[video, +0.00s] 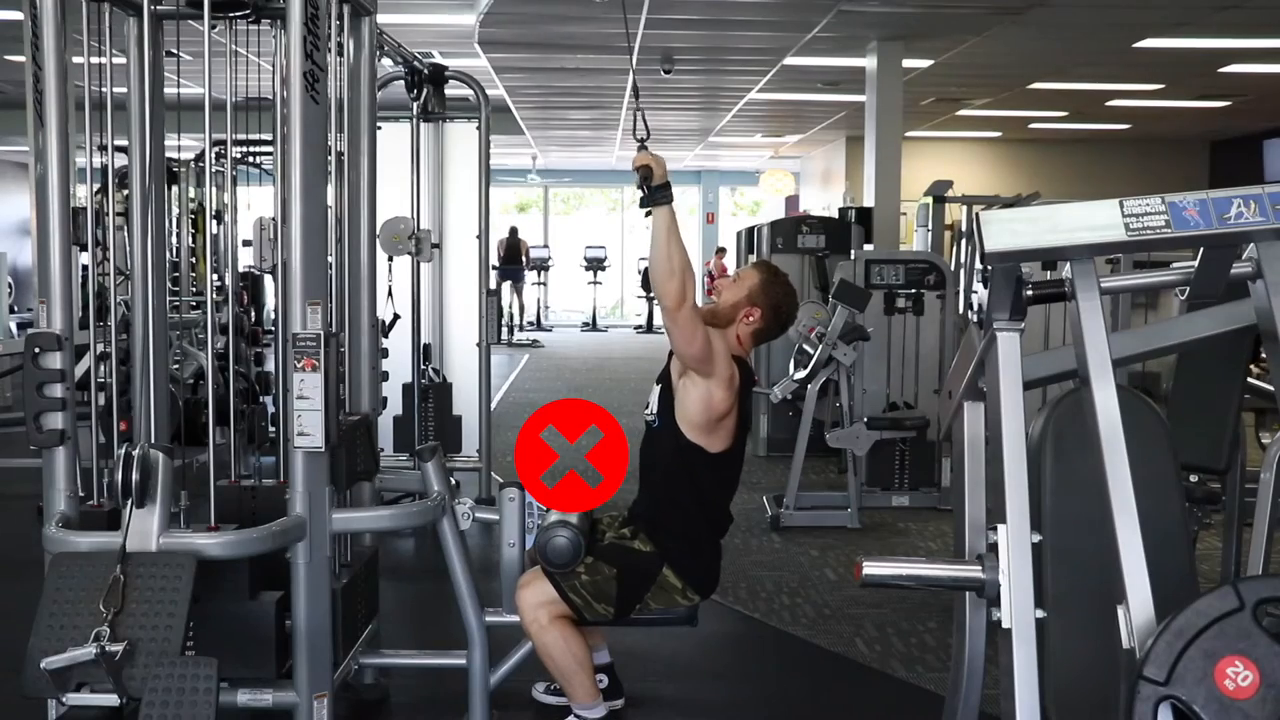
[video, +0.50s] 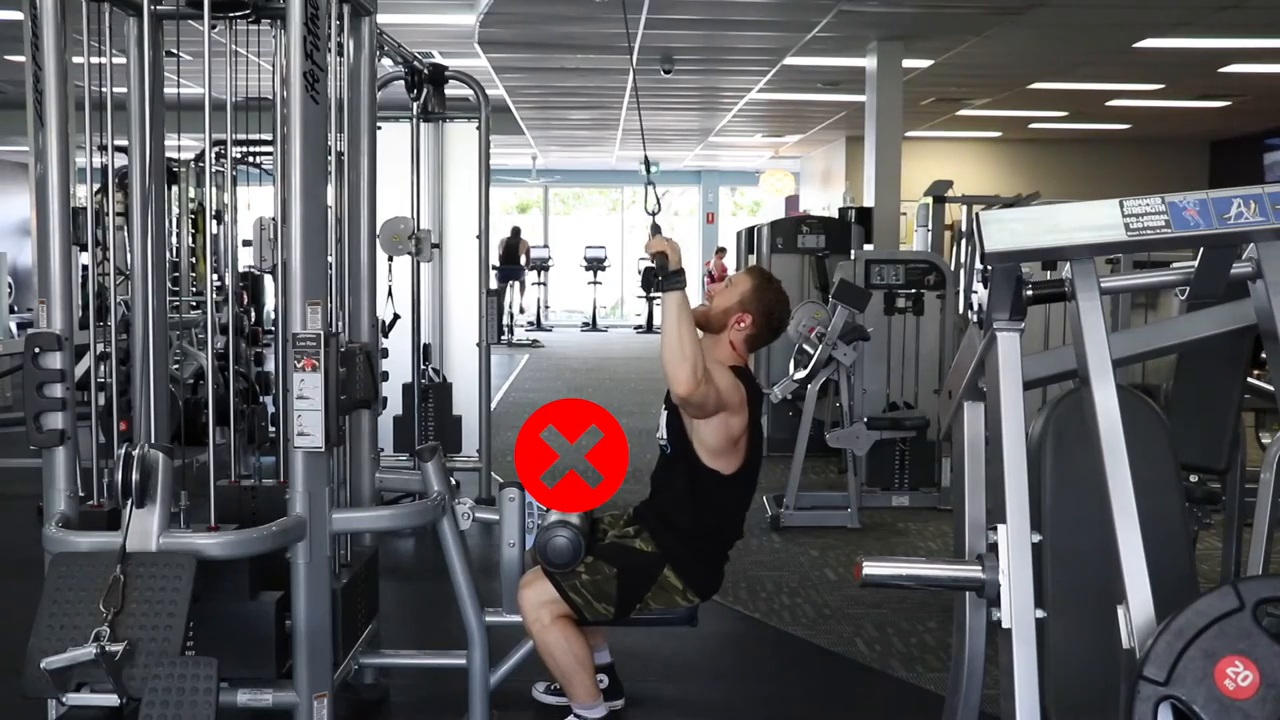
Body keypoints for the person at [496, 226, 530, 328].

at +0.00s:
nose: (513, 234)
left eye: (512, 232)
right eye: (514, 232)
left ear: (508, 233)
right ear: (517, 233)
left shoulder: (501, 242)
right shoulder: (523, 243)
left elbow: (499, 258)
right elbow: (527, 259)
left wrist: (501, 265)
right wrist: (527, 266)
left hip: (504, 270)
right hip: (518, 270)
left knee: (498, 283)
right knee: (520, 298)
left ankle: (499, 306)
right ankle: (521, 323)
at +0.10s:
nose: (513, 235)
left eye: (511, 232)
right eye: (514, 233)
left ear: (508, 233)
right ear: (517, 233)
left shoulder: (500, 242)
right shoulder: (522, 243)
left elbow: (498, 258)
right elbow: (527, 259)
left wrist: (502, 265)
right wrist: (526, 266)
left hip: (504, 270)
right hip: (517, 271)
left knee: (498, 279)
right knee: (520, 300)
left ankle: (500, 303)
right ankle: (521, 326)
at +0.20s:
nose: (513, 234)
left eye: (512, 232)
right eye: (515, 233)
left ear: (508, 233)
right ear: (517, 233)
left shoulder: (500, 242)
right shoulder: (522, 243)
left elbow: (498, 258)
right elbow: (527, 259)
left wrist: (502, 264)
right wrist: (526, 266)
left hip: (503, 270)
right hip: (517, 271)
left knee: (500, 284)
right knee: (521, 297)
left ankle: (500, 307)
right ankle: (520, 323)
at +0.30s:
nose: (515, 235)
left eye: (513, 232)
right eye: (515, 233)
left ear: (508, 233)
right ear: (518, 233)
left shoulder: (500, 242)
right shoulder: (522, 243)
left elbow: (498, 257)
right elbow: (527, 260)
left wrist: (502, 265)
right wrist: (524, 267)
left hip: (503, 270)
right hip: (517, 270)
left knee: (500, 292)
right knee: (522, 290)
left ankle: (500, 316)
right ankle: (520, 314)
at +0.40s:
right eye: (517, 233)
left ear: (509, 233)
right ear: (519, 234)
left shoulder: (502, 241)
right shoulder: (523, 243)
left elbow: (499, 256)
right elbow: (527, 259)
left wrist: (503, 264)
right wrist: (525, 267)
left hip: (503, 270)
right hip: (517, 270)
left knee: (501, 290)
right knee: (522, 282)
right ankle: (521, 304)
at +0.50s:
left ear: (510, 233)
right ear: (520, 234)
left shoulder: (503, 241)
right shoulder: (524, 243)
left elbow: (500, 256)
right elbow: (528, 259)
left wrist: (503, 265)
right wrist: (526, 267)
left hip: (504, 270)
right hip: (517, 270)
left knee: (501, 291)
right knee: (522, 280)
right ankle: (521, 303)